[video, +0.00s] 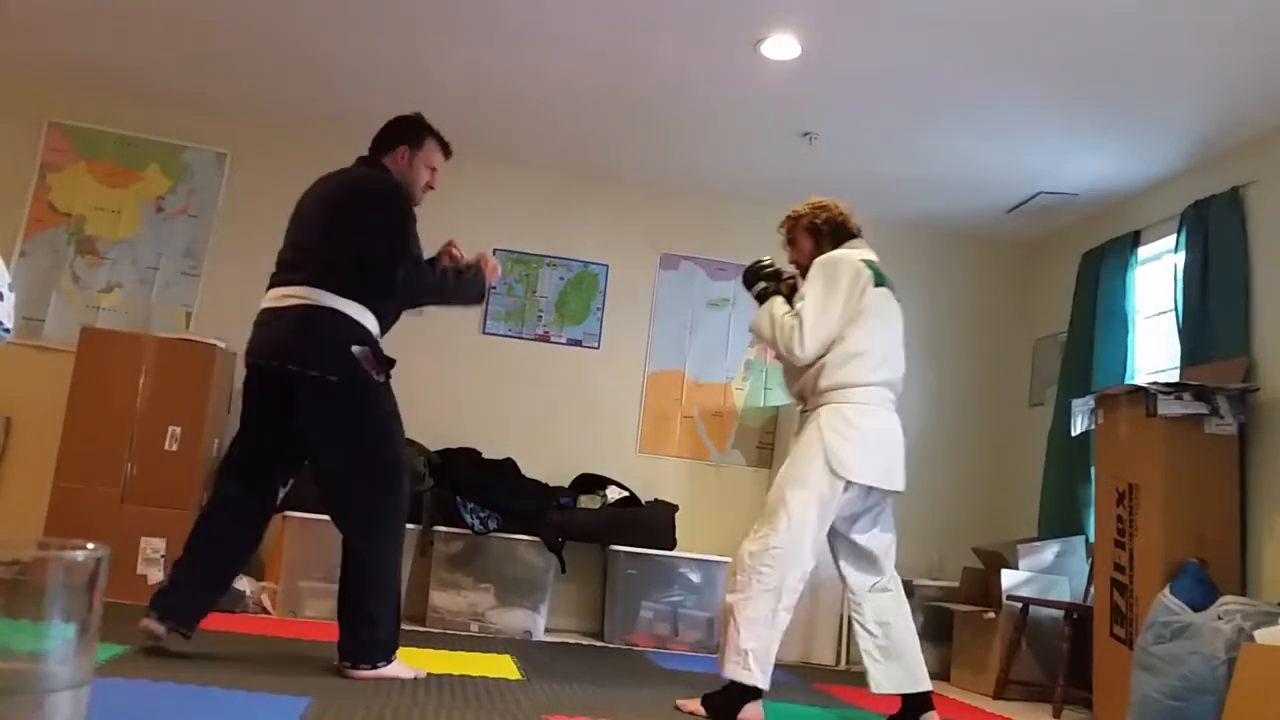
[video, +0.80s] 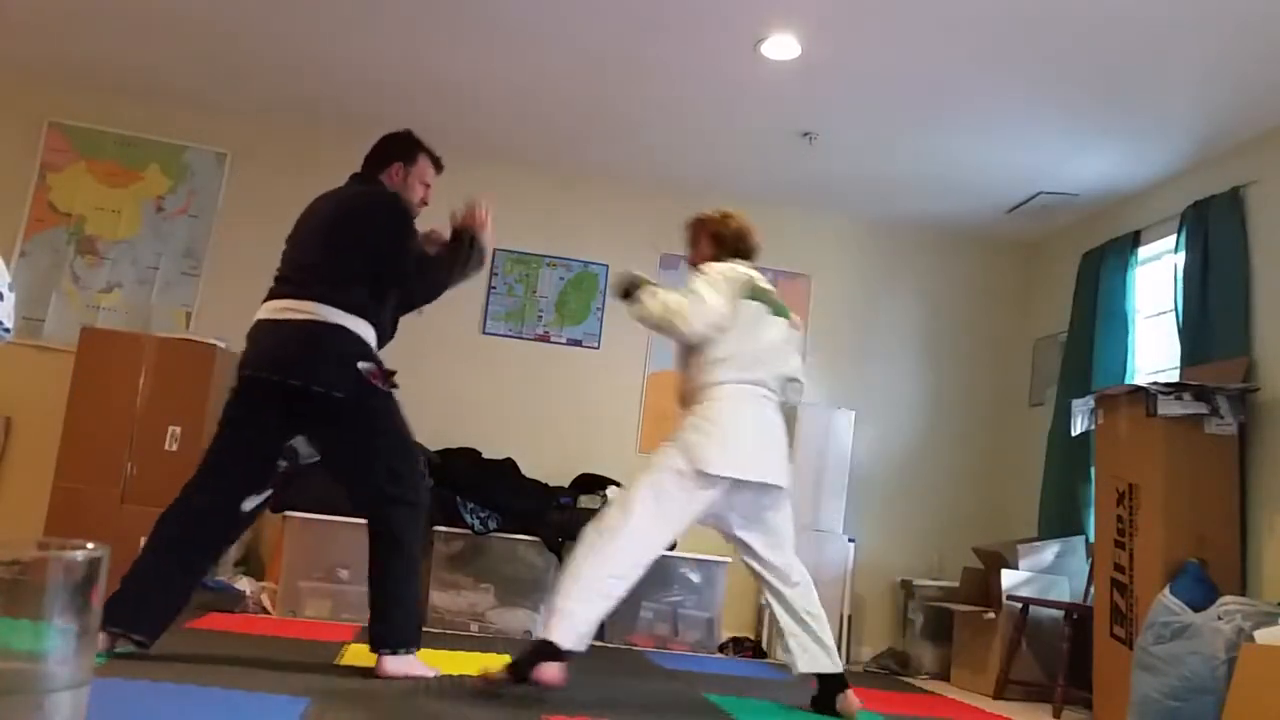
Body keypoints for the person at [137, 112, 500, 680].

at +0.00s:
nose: (432, 184)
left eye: (438, 173)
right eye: (431, 169)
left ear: (385, 155)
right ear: (401, 155)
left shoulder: (323, 188)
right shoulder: (388, 195)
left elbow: (361, 280)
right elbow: (404, 282)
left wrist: (430, 267)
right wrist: (475, 279)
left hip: (272, 344)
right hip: (337, 355)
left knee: (248, 487)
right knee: (377, 505)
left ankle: (170, 616)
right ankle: (368, 654)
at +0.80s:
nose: (428, 199)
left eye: (431, 190)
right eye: (426, 186)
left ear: (378, 172)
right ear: (397, 172)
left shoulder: (324, 206)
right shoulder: (389, 209)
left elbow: (361, 282)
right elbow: (406, 288)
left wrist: (425, 252)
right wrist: (470, 251)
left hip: (267, 355)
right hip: (334, 364)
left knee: (215, 495)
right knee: (401, 495)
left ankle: (122, 626)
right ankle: (396, 648)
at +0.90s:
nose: (424, 201)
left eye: (427, 193)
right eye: (421, 190)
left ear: (371, 183)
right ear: (392, 180)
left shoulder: (315, 214)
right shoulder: (399, 219)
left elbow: (315, 297)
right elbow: (461, 270)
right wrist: (496, 226)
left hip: (251, 362)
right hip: (324, 372)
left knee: (191, 493)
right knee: (377, 511)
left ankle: (122, 613)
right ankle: (395, 652)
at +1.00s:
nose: (402, 206)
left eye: (404, 195)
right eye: (399, 193)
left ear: (349, 187)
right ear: (371, 186)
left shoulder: (292, 218)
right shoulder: (379, 228)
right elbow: (437, 300)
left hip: (237, 367)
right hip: (312, 376)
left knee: (165, 484)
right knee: (373, 508)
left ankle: (80, 597)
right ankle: (386, 650)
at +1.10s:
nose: (372, 200)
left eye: (375, 189)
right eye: (369, 186)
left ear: (317, 177)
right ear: (340, 176)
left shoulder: (260, 214)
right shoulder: (336, 220)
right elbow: (339, 307)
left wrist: (377, 318)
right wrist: (405, 334)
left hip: (215, 366)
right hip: (287, 374)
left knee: (144, 491)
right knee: (350, 504)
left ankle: (37, 593)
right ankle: (381, 649)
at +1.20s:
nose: (346, 187)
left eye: (349, 176)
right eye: (343, 173)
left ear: (289, 165)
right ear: (312, 164)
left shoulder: (235, 204)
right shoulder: (307, 210)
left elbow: (256, 280)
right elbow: (318, 291)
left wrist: (331, 253)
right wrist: (360, 274)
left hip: (193, 361)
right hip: (266, 369)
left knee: (131, 490)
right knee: (329, 505)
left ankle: (29, 599)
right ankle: (369, 642)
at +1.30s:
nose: (333, 179)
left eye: (337, 169)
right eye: (330, 164)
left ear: (281, 154)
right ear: (295, 152)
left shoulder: (228, 189)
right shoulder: (284, 192)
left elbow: (256, 271)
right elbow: (288, 277)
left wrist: (324, 234)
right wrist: (362, 241)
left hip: (177, 346)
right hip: (239, 352)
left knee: (133, 484)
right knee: (314, 480)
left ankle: (39, 598)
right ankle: (332, 629)